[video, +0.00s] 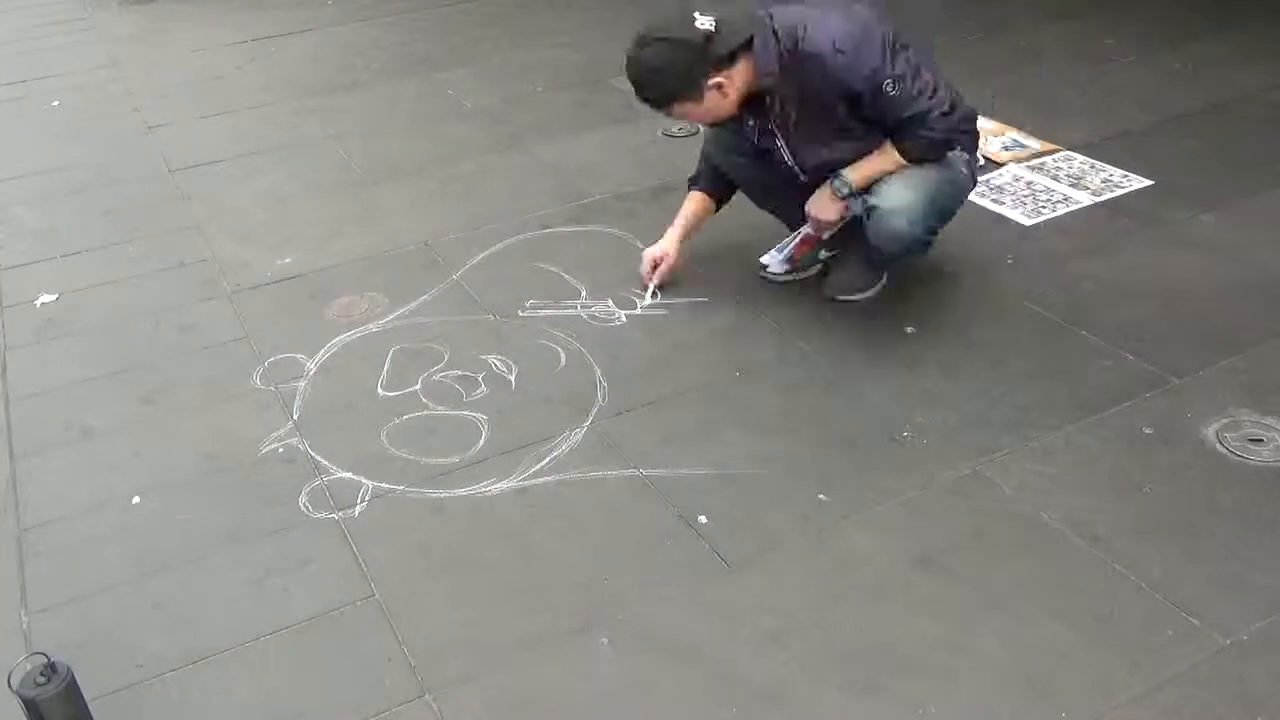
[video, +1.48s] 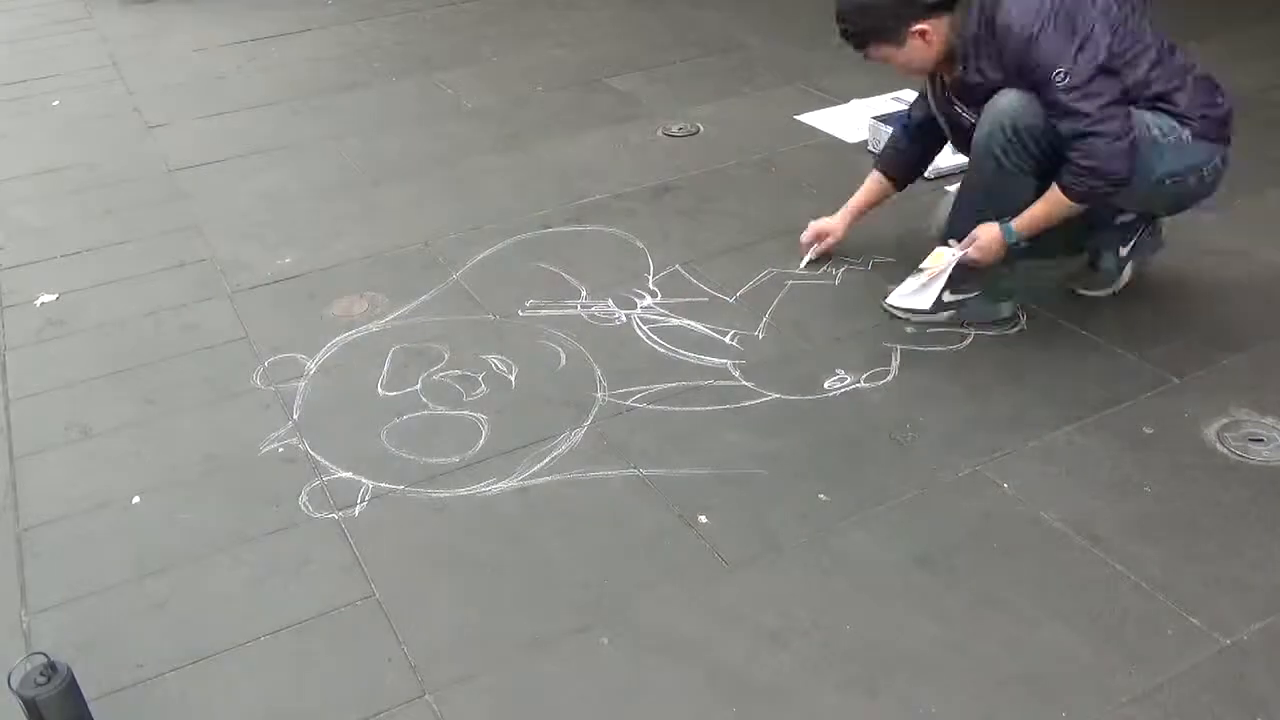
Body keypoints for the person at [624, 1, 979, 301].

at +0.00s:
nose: (691, 124)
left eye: (686, 114)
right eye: (682, 117)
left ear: (719, 86)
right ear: (717, 80)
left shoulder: (841, 48)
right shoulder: (736, 65)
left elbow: (944, 129)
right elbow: (718, 162)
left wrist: (842, 186)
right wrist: (675, 236)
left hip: (925, 151)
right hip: (838, 153)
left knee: (895, 219)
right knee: (730, 146)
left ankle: (872, 256)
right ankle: (822, 232)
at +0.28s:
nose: (789, 122)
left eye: (778, 111)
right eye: (775, 115)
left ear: (808, 72)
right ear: (806, 68)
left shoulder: (932, 66)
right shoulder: (843, 50)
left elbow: (1007, 199)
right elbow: (852, 149)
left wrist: (905, 252)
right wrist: (813, 222)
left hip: (1035, 194)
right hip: (947, 175)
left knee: (959, 314)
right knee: (817, 136)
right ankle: (893, 276)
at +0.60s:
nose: (749, 135)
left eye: (745, 124)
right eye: (738, 126)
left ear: (782, 98)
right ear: (781, 94)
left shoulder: (928, 69)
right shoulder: (809, 100)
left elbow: (1010, 196)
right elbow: (777, 193)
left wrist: (904, 260)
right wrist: (731, 284)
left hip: (1027, 185)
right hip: (925, 191)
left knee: (1000, 293)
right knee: (790, 167)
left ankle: (1001, 320)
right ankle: (895, 293)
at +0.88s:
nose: (758, 172)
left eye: (759, 163)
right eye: (750, 165)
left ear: (803, 135)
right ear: (801, 132)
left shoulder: (941, 89)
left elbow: (1038, 185)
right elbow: (765, 207)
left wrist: (947, 269)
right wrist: (743, 311)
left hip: (1002, 203)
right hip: (914, 209)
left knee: (1063, 287)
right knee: (795, 203)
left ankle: (989, 288)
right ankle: (889, 303)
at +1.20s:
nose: (931, 157)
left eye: (934, 146)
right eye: (922, 150)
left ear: (979, 116)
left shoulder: (1122, 92)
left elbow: (1195, 214)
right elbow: (911, 194)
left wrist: (1076, 286)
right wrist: (871, 299)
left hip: (1138, 217)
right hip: (1052, 203)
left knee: (1169, 340)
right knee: (936, 170)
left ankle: (1099, 293)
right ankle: (965, 316)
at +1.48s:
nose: (893, 73)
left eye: (887, 62)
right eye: (883, 65)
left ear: (922, 33)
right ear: (923, 29)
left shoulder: (1039, 26)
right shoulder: (960, 46)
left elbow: (1104, 163)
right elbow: (920, 133)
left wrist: (1008, 234)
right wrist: (846, 216)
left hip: (1187, 146)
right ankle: (1117, 229)